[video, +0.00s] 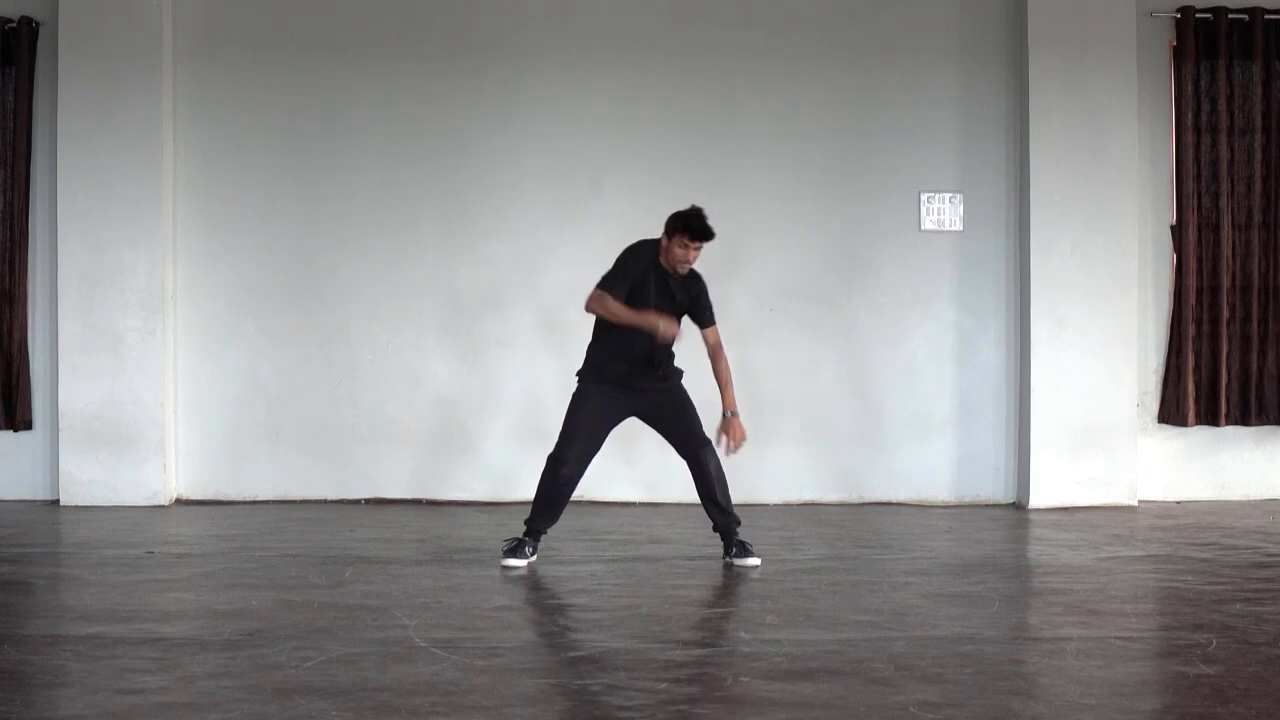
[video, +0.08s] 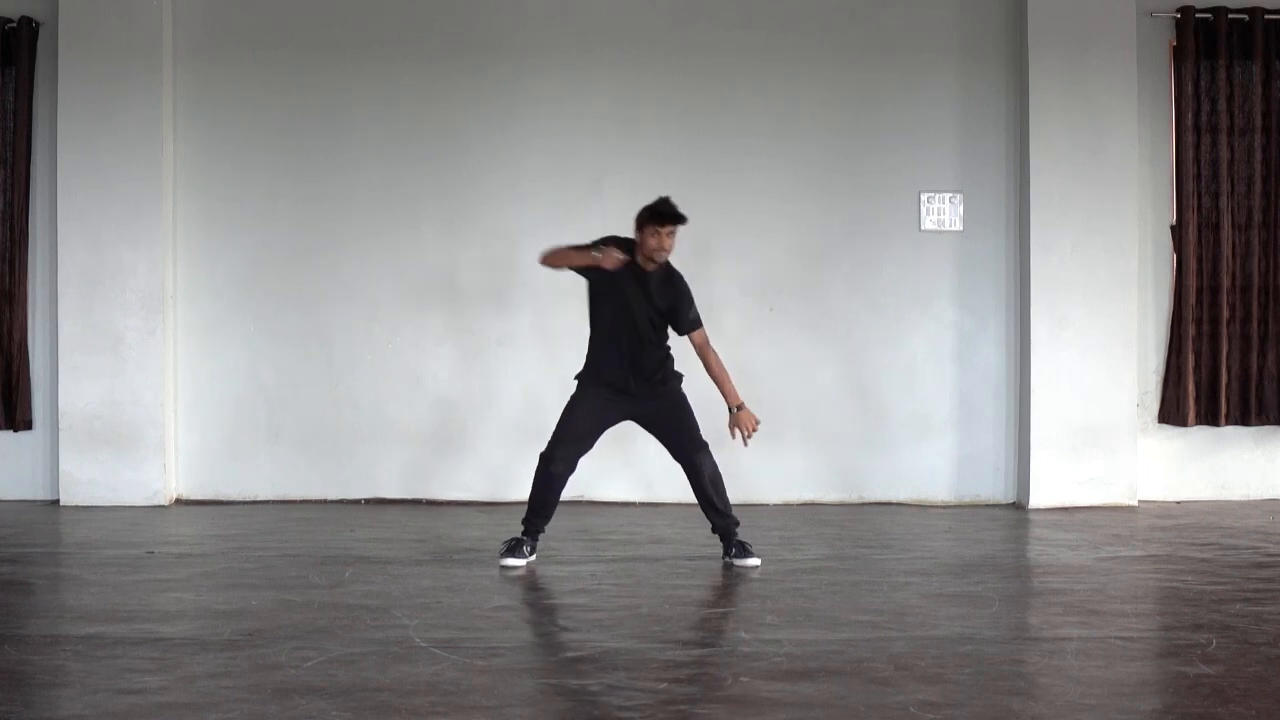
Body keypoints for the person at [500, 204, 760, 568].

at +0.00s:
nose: (690, 256)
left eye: (697, 250)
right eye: (684, 247)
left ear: (702, 249)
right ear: (666, 239)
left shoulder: (693, 285)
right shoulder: (638, 257)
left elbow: (715, 347)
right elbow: (596, 302)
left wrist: (731, 411)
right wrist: (650, 320)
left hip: (659, 388)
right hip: (604, 384)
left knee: (702, 453)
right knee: (566, 460)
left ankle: (732, 540)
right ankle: (530, 538)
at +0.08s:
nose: (664, 243)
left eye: (670, 236)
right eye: (656, 234)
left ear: (675, 239)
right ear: (638, 233)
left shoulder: (673, 285)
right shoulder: (608, 253)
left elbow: (703, 348)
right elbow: (549, 258)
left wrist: (737, 406)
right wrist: (592, 257)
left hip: (658, 392)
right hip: (601, 388)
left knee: (698, 458)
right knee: (556, 458)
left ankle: (732, 540)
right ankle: (527, 538)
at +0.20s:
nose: (584, 231)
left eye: (589, 222)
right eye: (575, 224)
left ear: (597, 219)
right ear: (560, 224)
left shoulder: (623, 252)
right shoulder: (551, 261)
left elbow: (659, 296)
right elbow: (535, 295)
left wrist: (691, 348)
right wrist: (506, 300)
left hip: (651, 378)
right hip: (596, 385)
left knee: (696, 454)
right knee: (557, 462)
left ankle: (732, 538)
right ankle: (528, 539)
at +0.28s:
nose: (543, 243)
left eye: (544, 233)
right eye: (532, 239)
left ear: (548, 226)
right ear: (515, 243)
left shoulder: (581, 240)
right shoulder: (525, 290)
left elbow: (627, 273)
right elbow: (538, 350)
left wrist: (658, 323)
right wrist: (510, 413)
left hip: (643, 357)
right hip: (593, 374)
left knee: (691, 436)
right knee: (562, 454)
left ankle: (705, 513)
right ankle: (528, 538)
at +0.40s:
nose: (518, 265)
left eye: (518, 255)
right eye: (507, 262)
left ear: (521, 249)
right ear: (489, 267)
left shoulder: (547, 253)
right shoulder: (504, 314)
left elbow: (600, 273)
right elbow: (545, 357)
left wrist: (651, 307)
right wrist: (543, 420)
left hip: (627, 336)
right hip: (585, 367)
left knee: (677, 381)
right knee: (554, 450)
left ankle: (666, 416)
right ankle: (527, 539)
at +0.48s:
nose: (507, 274)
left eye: (508, 264)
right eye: (496, 271)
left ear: (511, 257)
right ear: (480, 276)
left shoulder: (537, 259)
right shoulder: (497, 320)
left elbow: (592, 274)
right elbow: (531, 360)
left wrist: (648, 302)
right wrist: (539, 422)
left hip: (616, 328)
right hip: (579, 364)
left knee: (656, 341)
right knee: (552, 448)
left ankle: (662, 383)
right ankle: (528, 540)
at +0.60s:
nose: (496, 284)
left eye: (496, 274)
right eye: (485, 281)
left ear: (498, 266)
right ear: (466, 288)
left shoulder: (525, 268)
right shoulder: (487, 331)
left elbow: (581, 276)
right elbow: (527, 364)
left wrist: (640, 302)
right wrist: (535, 418)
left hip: (606, 327)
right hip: (574, 367)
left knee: (631, 326)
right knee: (547, 443)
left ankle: (687, 394)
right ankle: (528, 538)